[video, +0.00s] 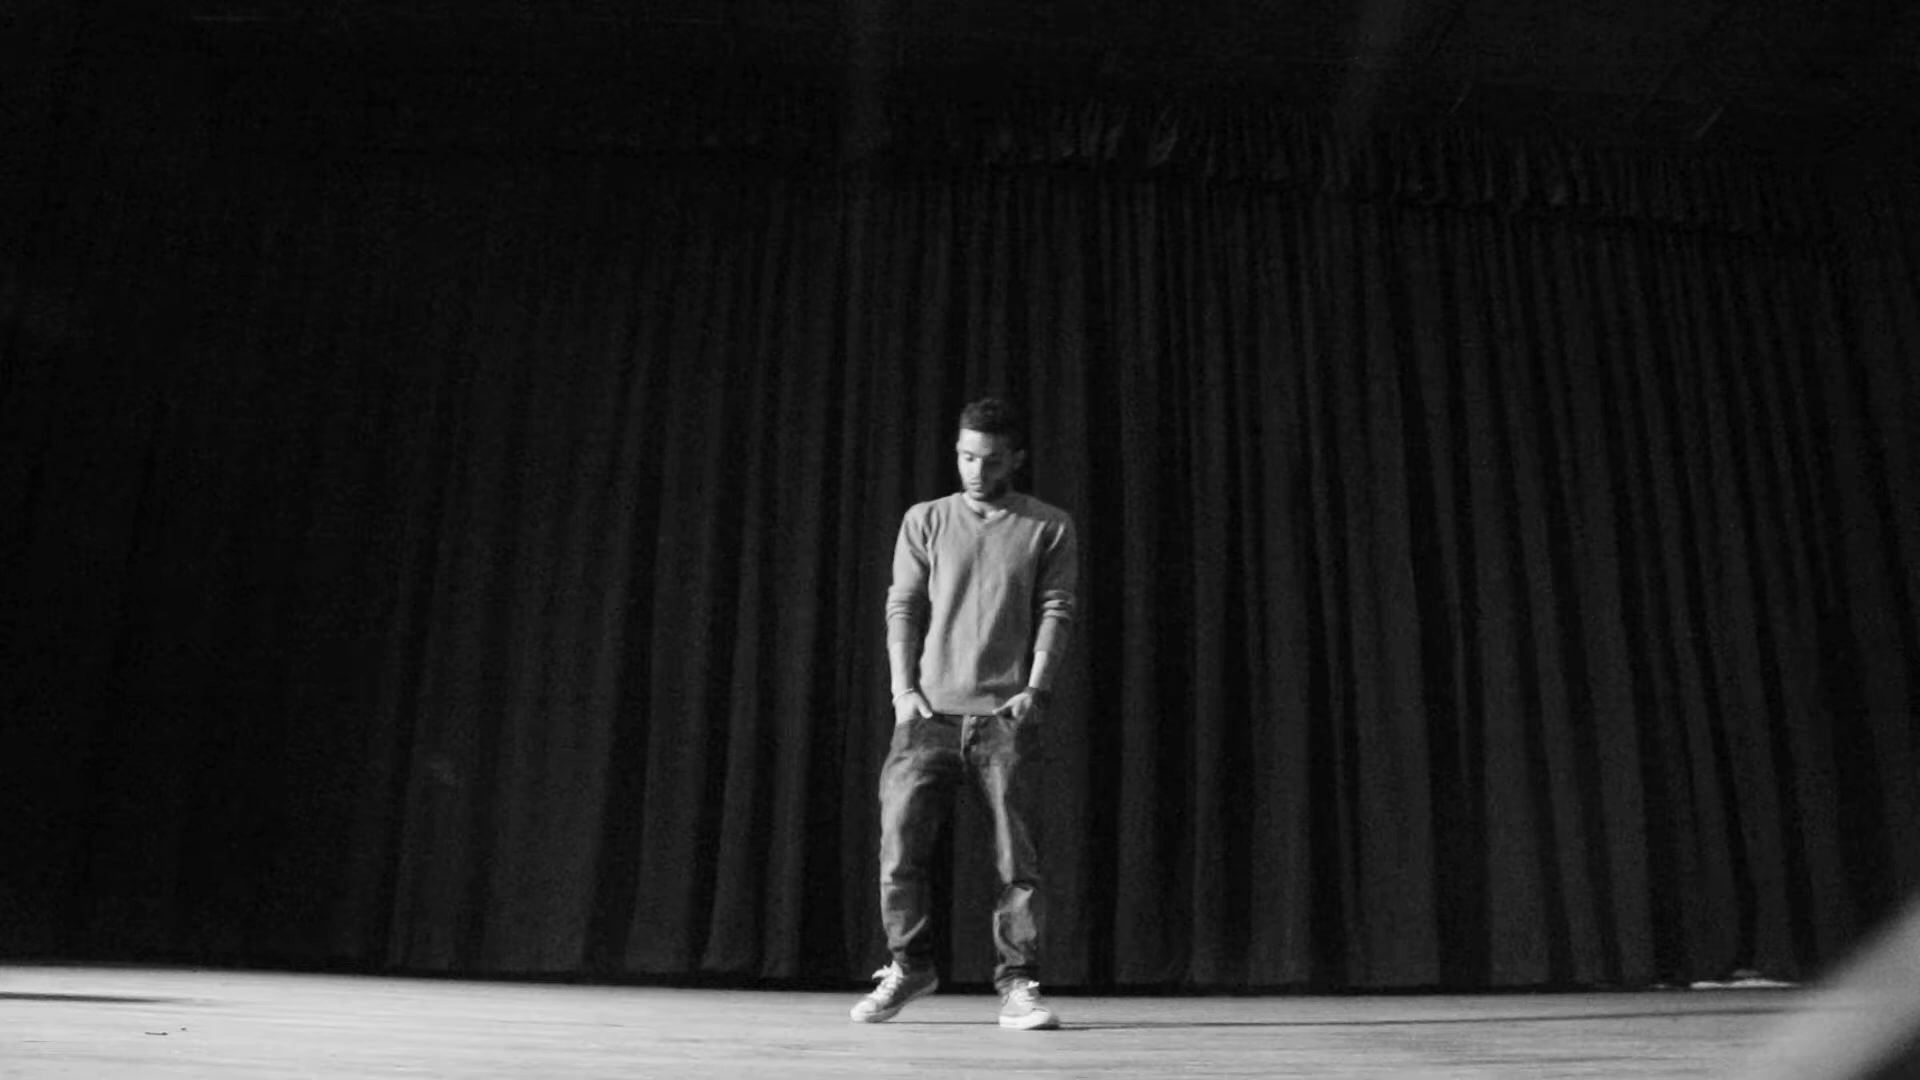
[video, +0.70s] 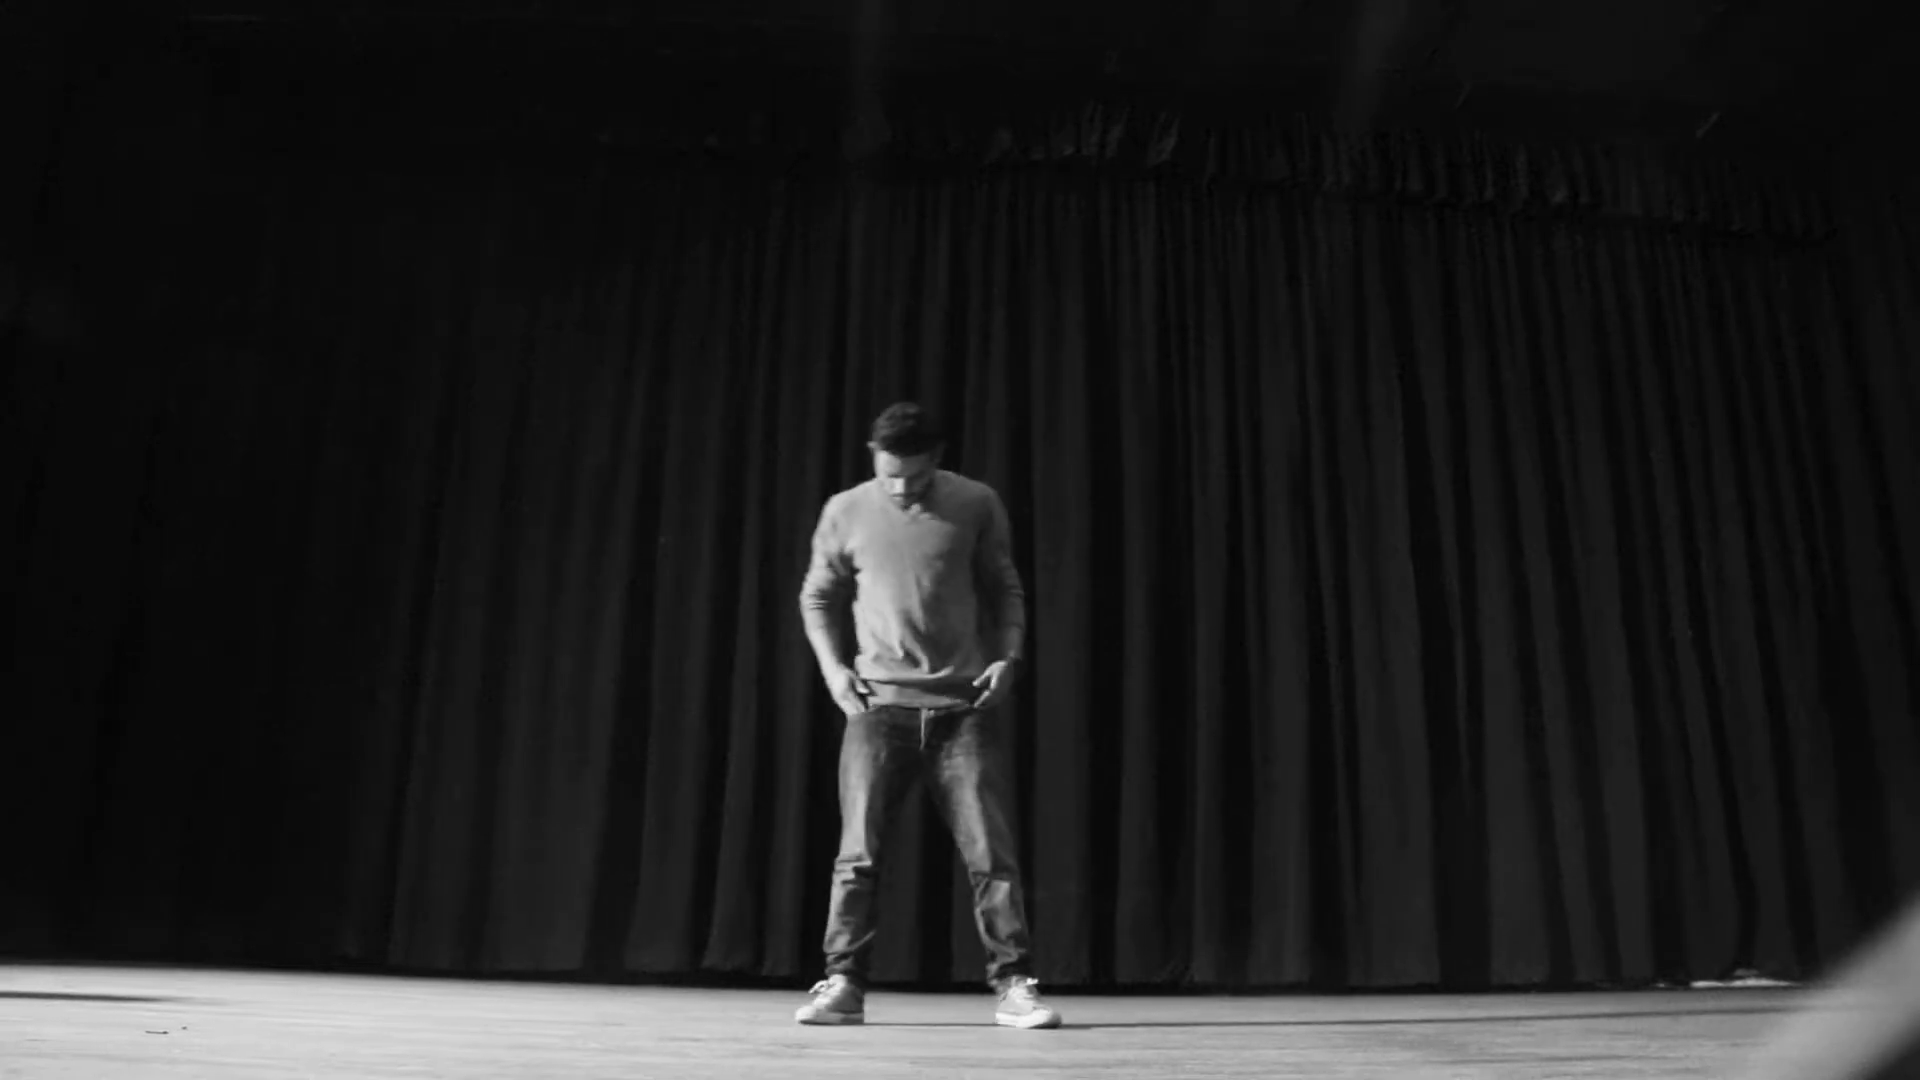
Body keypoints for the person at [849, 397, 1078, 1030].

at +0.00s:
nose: (978, 470)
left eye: (992, 459)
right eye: (969, 457)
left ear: (1016, 459)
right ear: (955, 453)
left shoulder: (1049, 528)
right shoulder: (923, 521)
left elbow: (1056, 613)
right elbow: (903, 609)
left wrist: (1034, 692)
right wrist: (902, 690)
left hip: (1004, 718)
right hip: (926, 717)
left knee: (1016, 855)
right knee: (899, 838)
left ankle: (1017, 984)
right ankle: (908, 967)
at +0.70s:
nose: (901, 489)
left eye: (912, 476)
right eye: (889, 476)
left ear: (936, 459)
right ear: (872, 460)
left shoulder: (978, 506)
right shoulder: (844, 512)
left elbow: (1008, 592)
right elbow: (817, 597)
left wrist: (1007, 658)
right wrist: (832, 668)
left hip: (964, 708)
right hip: (878, 708)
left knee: (991, 854)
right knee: (858, 855)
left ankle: (1015, 987)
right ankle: (842, 985)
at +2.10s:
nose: (939, 499)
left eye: (951, 489)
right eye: (928, 486)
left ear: (972, 470)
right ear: (910, 462)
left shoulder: (1006, 499)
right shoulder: (874, 500)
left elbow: (1046, 582)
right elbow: (831, 586)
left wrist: (1078, 658)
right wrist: (798, 674)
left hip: (983, 707)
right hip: (899, 705)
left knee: (1008, 856)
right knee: (872, 856)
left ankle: (1030, 988)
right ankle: (849, 983)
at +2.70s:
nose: (935, 514)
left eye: (946, 504)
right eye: (923, 503)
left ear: (969, 478)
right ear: (904, 480)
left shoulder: (1009, 492)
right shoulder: (873, 493)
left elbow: (1089, 535)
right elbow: (801, 533)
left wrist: (1140, 601)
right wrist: (733, 596)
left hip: (986, 708)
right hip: (902, 707)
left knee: (1010, 856)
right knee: (875, 854)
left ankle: (1031, 991)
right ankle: (849, 985)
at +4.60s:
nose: (978, 457)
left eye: (991, 444)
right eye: (967, 443)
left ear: (1011, 437)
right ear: (946, 430)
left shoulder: (1040, 490)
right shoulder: (907, 486)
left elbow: (1122, 516)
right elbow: (822, 497)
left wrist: (1206, 529)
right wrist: (733, 500)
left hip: (1008, 690)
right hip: (925, 689)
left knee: (1022, 846)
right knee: (912, 840)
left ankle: (1020, 982)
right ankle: (894, 979)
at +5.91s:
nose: (969, 444)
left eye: (982, 430)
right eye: (958, 430)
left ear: (1005, 426)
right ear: (944, 425)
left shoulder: (1042, 472)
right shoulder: (916, 498)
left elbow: (1102, 523)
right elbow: (826, 526)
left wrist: (1157, 558)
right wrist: (733, 537)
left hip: (1007, 677)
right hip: (932, 668)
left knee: (993, 833)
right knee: (914, 795)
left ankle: (973, 974)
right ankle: (830, 918)